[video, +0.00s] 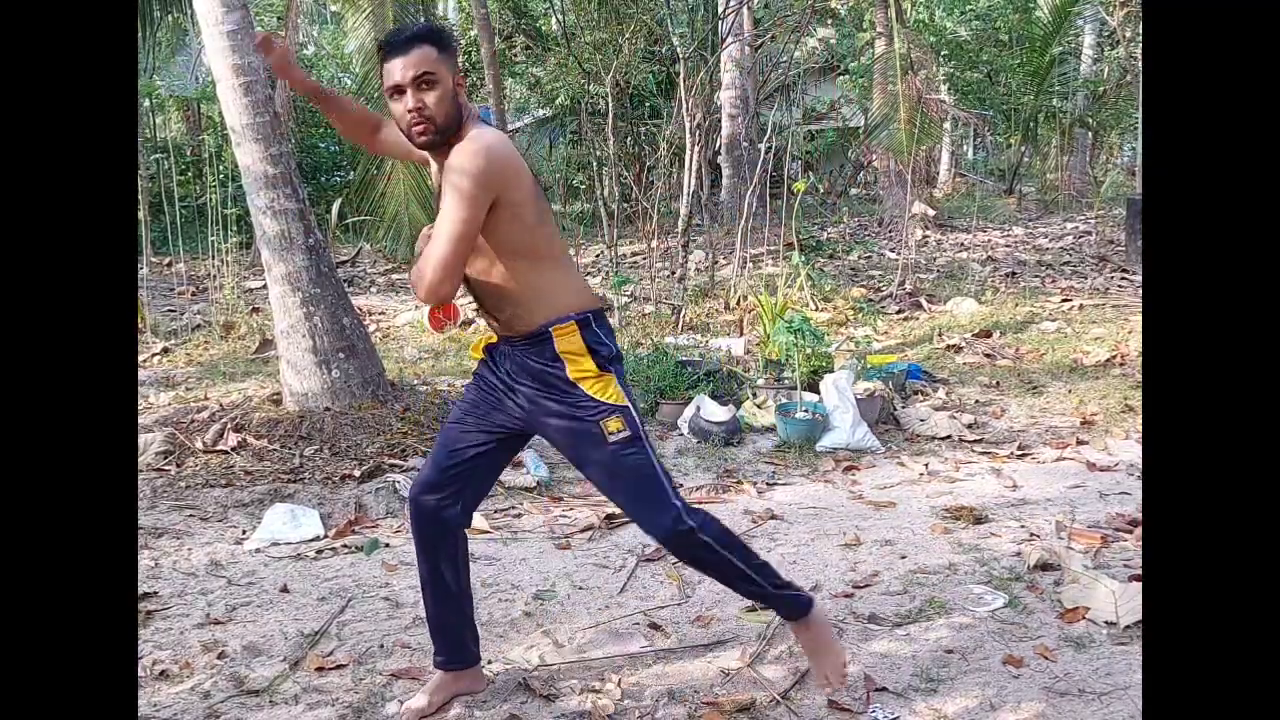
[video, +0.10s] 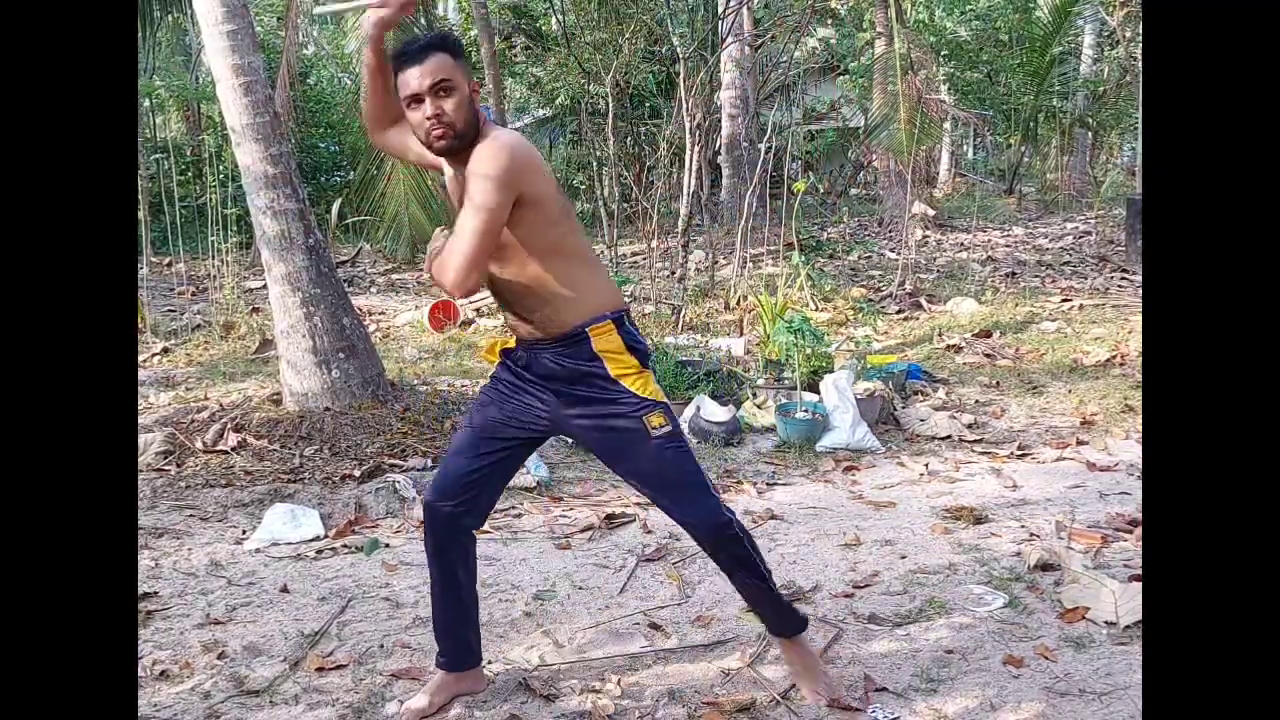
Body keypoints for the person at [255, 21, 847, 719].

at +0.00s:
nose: (411, 103)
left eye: (425, 84)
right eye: (398, 93)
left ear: (460, 82)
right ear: (393, 102)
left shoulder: (476, 155)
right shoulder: (445, 150)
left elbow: (431, 290)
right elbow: (375, 133)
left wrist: (430, 252)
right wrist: (301, 83)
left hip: (571, 354)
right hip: (510, 358)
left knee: (668, 522)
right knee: (432, 502)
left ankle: (804, 618)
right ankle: (459, 669)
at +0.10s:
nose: (431, 111)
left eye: (442, 91)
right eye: (416, 101)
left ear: (472, 88)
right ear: (404, 111)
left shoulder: (498, 153)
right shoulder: (453, 158)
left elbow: (459, 280)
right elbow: (383, 126)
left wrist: (437, 250)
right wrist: (374, 38)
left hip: (602, 356)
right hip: (528, 363)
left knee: (702, 514)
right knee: (444, 510)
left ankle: (796, 643)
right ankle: (458, 669)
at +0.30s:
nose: (541, 73)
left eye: (547, 58)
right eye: (520, 67)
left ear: (564, 64)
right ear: (496, 92)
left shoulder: (598, 125)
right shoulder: (510, 183)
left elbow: (711, 148)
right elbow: (593, 229)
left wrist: (630, 160)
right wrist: (515, 133)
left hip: (658, 350)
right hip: (592, 363)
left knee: (750, 506)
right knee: (561, 535)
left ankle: (768, 663)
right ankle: (486, 679)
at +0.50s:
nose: (647, 67)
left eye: (648, 52)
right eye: (627, 54)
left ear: (641, 60)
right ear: (579, 67)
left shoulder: (596, 148)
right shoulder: (593, 163)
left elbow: (626, 248)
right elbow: (631, 300)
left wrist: (665, 210)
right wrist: (674, 308)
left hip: (639, 355)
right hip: (594, 363)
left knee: (739, 504)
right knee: (568, 534)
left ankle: (766, 661)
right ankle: (479, 685)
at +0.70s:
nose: (729, 83)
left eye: (736, 68)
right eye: (715, 65)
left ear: (731, 71)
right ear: (668, 63)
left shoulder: (700, 149)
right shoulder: (623, 142)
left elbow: (709, 233)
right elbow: (560, 247)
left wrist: (731, 242)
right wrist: (629, 330)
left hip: (680, 357)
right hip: (616, 368)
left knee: (762, 508)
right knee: (566, 536)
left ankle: (767, 664)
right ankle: (480, 683)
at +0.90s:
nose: (791, 71)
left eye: (800, 56)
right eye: (776, 53)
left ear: (804, 58)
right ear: (729, 49)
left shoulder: (792, 139)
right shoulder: (665, 131)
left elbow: (816, 249)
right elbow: (576, 222)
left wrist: (758, 258)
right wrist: (638, 268)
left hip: (748, 345)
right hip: (669, 343)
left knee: (793, 512)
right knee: (624, 515)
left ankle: (767, 662)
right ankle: (541, 671)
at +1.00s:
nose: (798, 66)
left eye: (806, 49)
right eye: (781, 48)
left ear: (810, 48)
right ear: (732, 45)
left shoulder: (815, 135)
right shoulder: (672, 123)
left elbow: (837, 255)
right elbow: (587, 226)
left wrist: (730, 278)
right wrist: (646, 163)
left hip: (776, 344)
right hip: (692, 343)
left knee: (800, 518)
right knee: (658, 516)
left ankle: (769, 665)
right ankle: (596, 678)